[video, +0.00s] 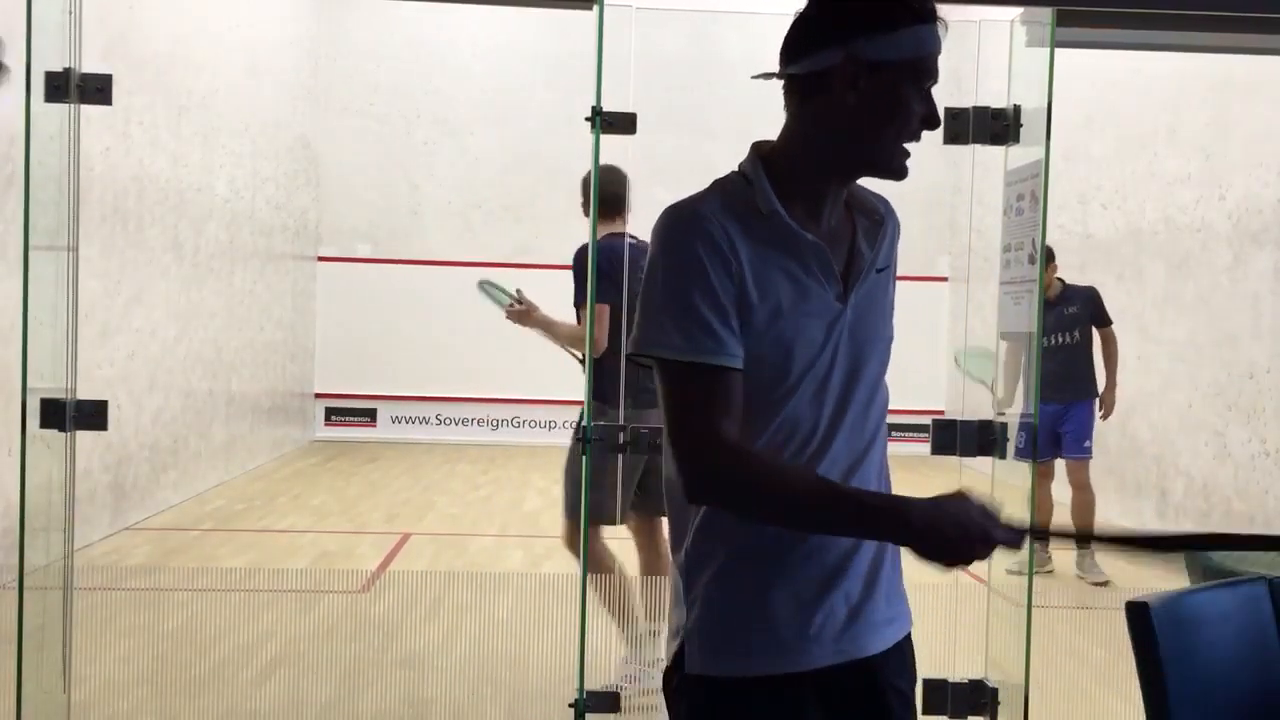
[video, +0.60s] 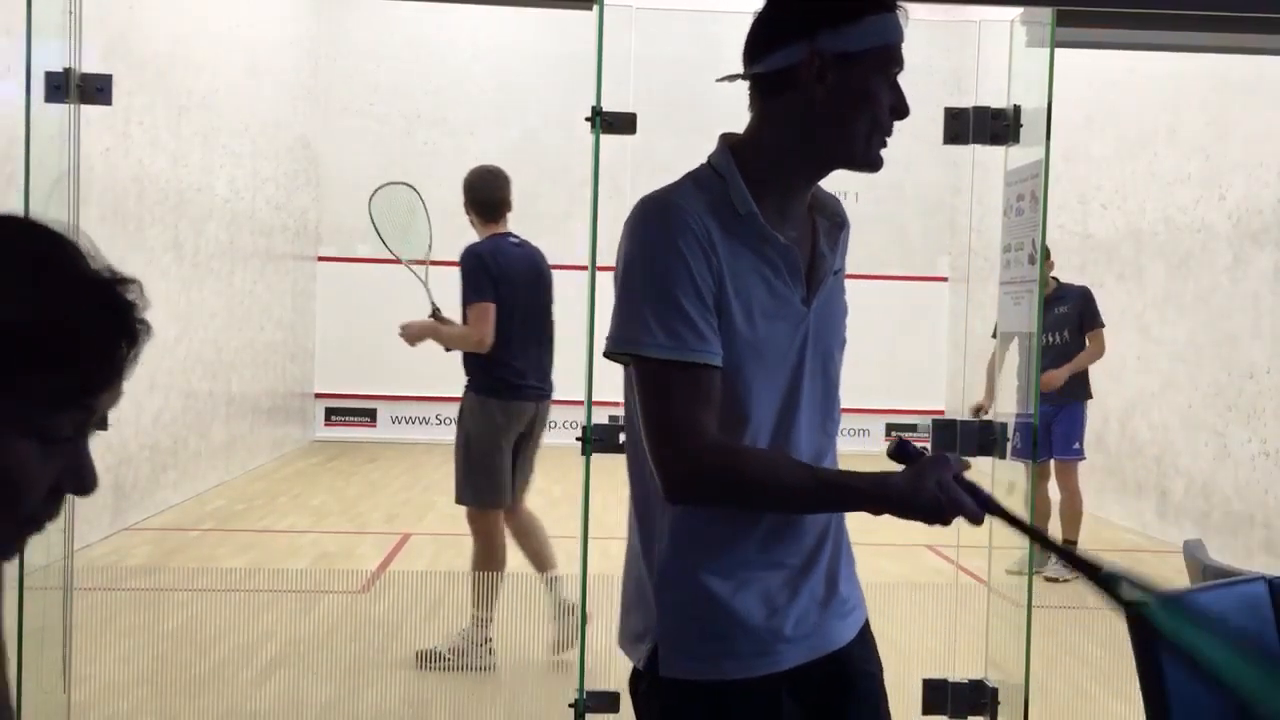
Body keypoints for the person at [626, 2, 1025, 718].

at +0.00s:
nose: (934, 114)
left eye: (932, 87)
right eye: (919, 84)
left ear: (852, 86)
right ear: (845, 81)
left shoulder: (876, 225)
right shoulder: (702, 235)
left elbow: (849, 418)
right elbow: (706, 464)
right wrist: (908, 520)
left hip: (872, 632)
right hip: (747, 651)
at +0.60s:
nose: (904, 107)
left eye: (898, 79)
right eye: (886, 76)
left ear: (819, 79)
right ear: (814, 75)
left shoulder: (825, 223)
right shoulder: (674, 227)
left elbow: (790, 419)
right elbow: (688, 465)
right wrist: (884, 492)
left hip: (828, 623)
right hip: (712, 648)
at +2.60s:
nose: (641, 132)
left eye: (636, 112)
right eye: (621, 113)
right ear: (554, 123)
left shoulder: (654, 240)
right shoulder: (460, 259)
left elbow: (714, 370)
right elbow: (414, 420)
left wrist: (723, 392)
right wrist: (494, 510)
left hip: (645, 575)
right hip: (519, 585)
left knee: (682, 712)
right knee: (500, 717)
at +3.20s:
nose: (555, 134)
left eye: (554, 113)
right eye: (529, 113)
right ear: (455, 115)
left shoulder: (577, 227)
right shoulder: (374, 254)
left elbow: (627, 356)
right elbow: (335, 414)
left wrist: (585, 396)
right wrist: (297, 577)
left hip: (564, 576)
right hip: (435, 582)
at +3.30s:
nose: (558, 137)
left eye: (559, 117)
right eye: (533, 117)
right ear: (460, 116)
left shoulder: (577, 227)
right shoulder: (373, 256)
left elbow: (622, 353)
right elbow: (337, 415)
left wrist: (596, 397)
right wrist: (303, 577)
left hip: (570, 574)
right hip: (440, 583)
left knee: (594, 714)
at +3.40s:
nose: (570, 137)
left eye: (569, 117)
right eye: (545, 117)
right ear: (470, 118)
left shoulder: (581, 225)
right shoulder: (378, 257)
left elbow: (620, 351)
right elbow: (343, 417)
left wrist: (607, 400)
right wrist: (315, 580)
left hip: (578, 564)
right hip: (449, 575)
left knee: (612, 712)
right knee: (436, 717)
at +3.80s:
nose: (696, 138)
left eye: (692, 118)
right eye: (677, 118)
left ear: (608, 123)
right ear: (607, 121)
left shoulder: (682, 239)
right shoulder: (494, 255)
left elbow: (693, 368)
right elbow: (444, 431)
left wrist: (709, 416)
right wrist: (444, 597)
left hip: (661, 589)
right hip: (534, 598)